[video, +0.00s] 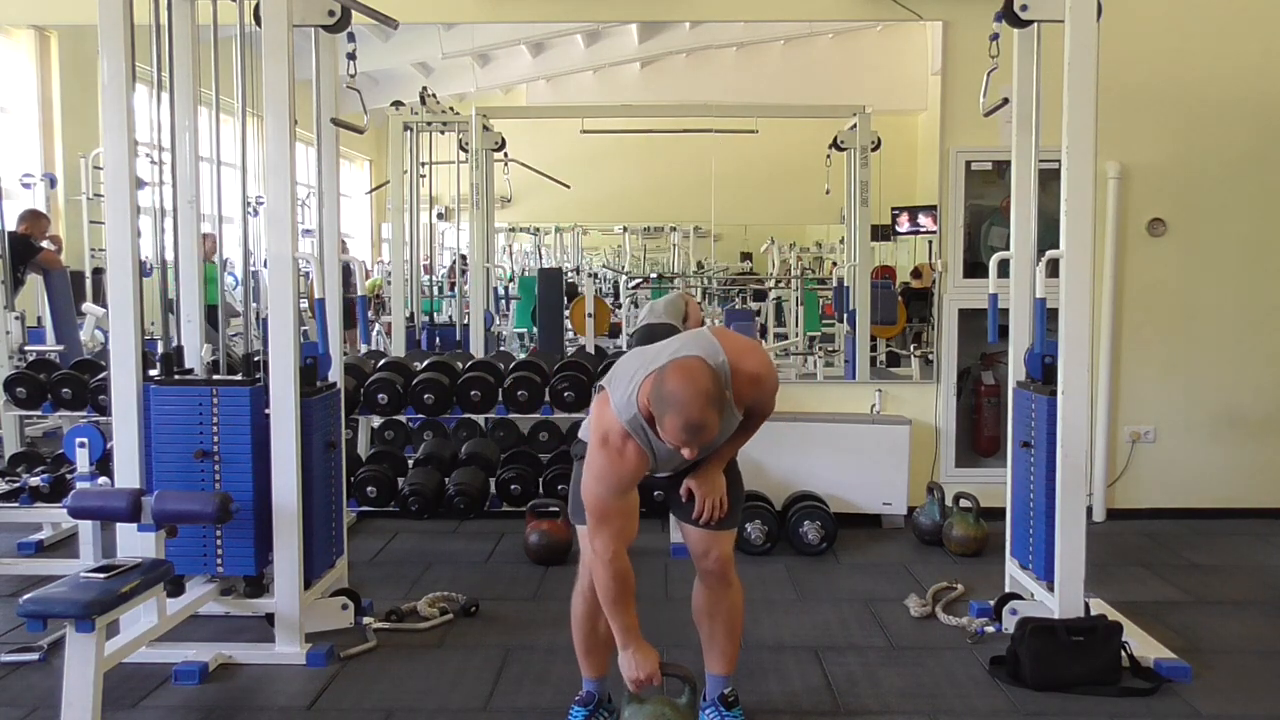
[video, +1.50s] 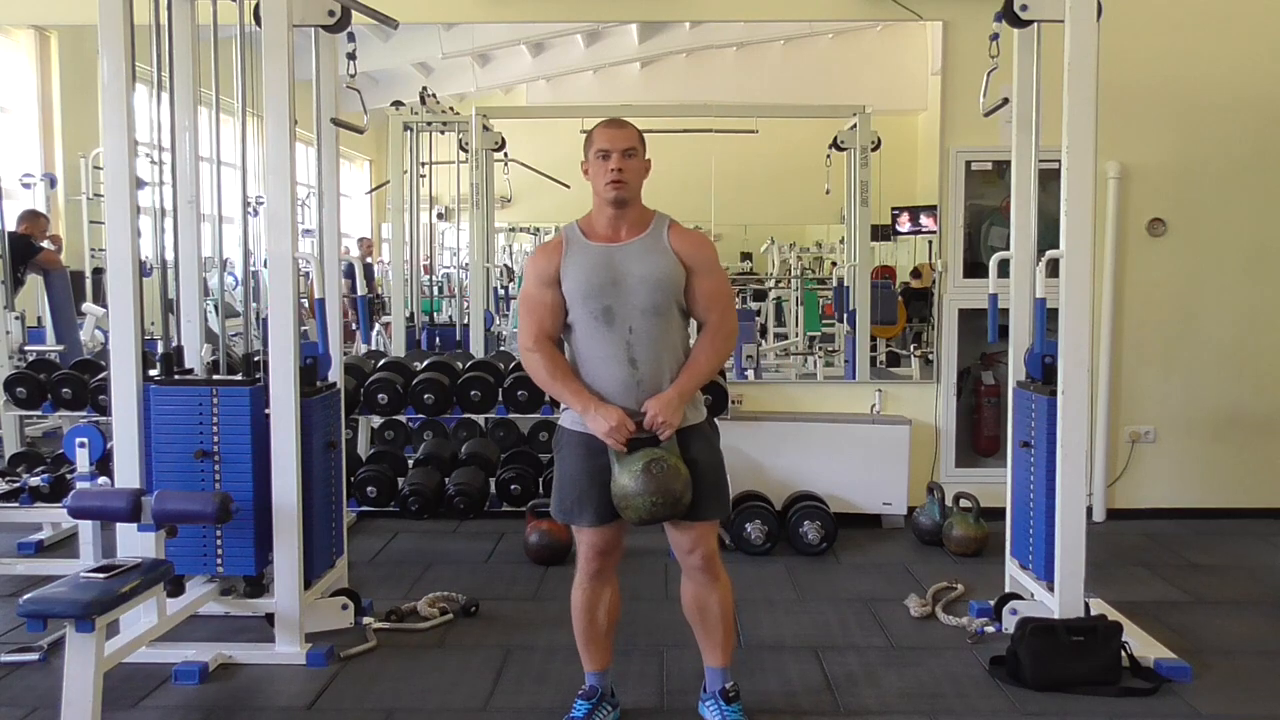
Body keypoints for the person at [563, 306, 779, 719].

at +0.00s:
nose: (689, 454)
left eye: (701, 445)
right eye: (678, 445)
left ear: (725, 399)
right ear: (650, 413)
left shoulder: (753, 372)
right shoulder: (615, 437)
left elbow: (759, 411)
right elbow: (608, 551)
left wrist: (716, 463)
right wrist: (630, 643)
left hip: (710, 459)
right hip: (617, 461)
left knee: (716, 563)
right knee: (597, 569)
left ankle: (719, 697)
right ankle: (591, 695)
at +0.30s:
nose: (704, 423)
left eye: (716, 412)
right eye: (691, 414)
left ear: (734, 379)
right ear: (663, 384)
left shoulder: (764, 360)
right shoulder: (631, 420)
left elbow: (768, 409)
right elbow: (618, 533)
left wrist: (726, 464)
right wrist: (652, 621)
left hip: (711, 457)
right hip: (623, 457)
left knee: (723, 564)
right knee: (603, 567)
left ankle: (720, 697)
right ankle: (592, 695)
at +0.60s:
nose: (715, 316)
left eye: (729, 301)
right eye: (704, 299)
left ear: (749, 284)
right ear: (680, 278)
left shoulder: (774, 317)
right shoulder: (632, 331)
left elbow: (780, 398)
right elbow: (598, 430)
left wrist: (740, 468)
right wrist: (645, 508)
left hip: (719, 448)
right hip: (634, 445)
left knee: (728, 563)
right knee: (611, 560)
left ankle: (720, 700)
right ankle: (594, 694)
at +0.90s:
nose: (715, 190)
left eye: (730, 178)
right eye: (705, 175)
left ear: (749, 182)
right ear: (685, 175)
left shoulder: (773, 267)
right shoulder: (632, 250)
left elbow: (786, 361)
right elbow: (590, 335)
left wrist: (726, 425)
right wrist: (642, 402)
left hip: (723, 440)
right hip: (632, 431)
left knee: (722, 562)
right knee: (613, 556)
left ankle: (719, 700)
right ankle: (589, 693)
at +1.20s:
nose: (669, 168)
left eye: (682, 156)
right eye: (657, 157)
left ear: (699, 167)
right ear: (638, 166)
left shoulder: (732, 252)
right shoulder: (597, 252)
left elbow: (757, 341)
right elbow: (562, 337)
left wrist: (703, 402)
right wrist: (619, 395)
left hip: (705, 434)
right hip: (613, 433)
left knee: (709, 561)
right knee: (607, 561)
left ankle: (718, 699)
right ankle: (598, 690)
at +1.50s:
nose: (616, 165)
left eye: (628, 155)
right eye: (604, 156)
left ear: (646, 166)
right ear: (586, 169)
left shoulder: (688, 245)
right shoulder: (553, 256)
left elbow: (721, 327)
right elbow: (535, 346)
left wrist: (680, 392)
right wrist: (592, 409)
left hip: (680, 427)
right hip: (589, 430)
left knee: (699, 552)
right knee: (593, 557)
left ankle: (719, 692)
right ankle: (596, 692)